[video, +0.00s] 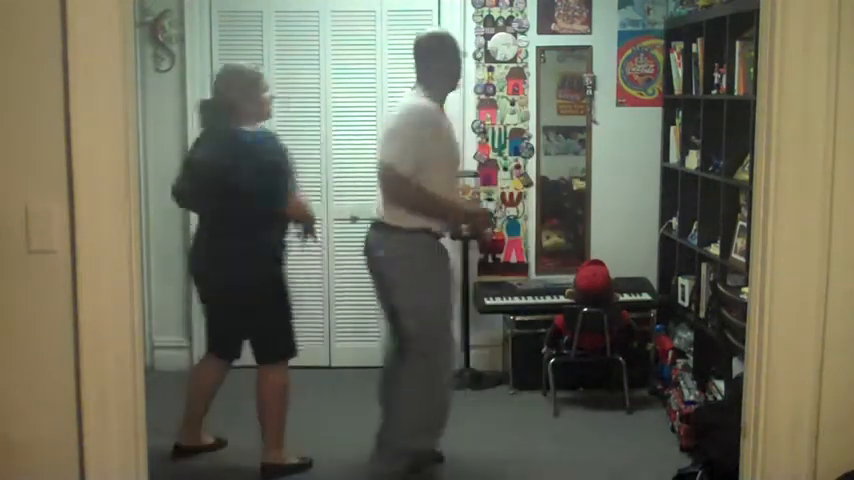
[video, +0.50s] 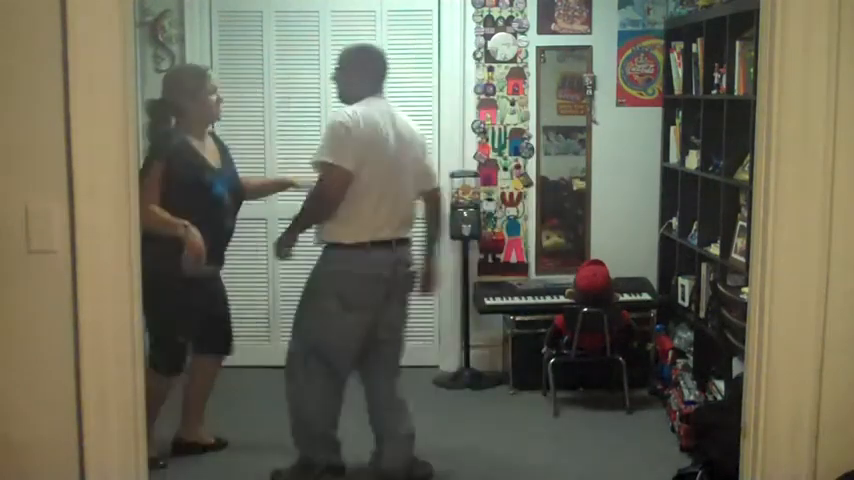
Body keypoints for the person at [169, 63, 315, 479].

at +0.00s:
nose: (270, 96)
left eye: (266, 89)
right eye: (262, 91)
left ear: (226, 100)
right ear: (243, 101)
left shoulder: (205, 144)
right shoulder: (266, 148)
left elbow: (184, 192)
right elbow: (282, 205)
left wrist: (225, 208)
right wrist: (306, 215)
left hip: (209, 259)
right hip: (256, 262)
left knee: (221, 348)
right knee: (273, 357)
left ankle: (190, 436)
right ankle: (274, 455)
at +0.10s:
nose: (256, 99)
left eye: (253, 92)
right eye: (249, 93)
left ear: (215, 100)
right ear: (230, 101)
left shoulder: (201, 143)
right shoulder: (235, 148)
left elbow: (214, 201)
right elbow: (244, 208)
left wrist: (262, 201)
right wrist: (289, 225)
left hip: (192, 256)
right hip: (225, 261)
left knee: (213, 346)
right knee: (264, 351)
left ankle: (190, 436)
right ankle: (264, 451)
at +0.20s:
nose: (245, 98)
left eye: (242, 92)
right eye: (237, 92)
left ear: (213, 99)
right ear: (213, 99)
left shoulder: (214, 142)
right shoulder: (207, 145)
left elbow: (237, 187)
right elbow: (194, 205)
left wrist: (279, 172)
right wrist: (254, 225)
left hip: (196, 258)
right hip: (200, 260)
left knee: (206, 348)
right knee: (256, 342)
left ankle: (188, 435)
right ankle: (211, 429)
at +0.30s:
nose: (233, 97)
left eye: (232, 90)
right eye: (226, 91)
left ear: (210, 97)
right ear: (201, 98)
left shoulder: (216, 138)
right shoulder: (187, 141)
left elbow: (242, 183)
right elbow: (168, 203)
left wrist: (289, 162)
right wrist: (218, 219)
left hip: (204, 257)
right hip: (184, 259)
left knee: (205, 346)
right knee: (228, 349)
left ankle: (181, 425)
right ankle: (174, 421)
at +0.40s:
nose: (226, 96)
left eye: (224, 89)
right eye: (218, 90)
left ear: (205, 98)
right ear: (194, 99)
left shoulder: (217, 140)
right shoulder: (174, 144)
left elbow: (242, 186)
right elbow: (149, 203)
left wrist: (295, 166)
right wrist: (191, 219)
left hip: (206, 263)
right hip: (173, 264)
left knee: (203, 350)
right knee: (188, 353)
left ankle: (189, 435)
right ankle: (141, 437)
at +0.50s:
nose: (220, 98)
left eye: (217, 91)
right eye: (211, 93)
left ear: (201, 101)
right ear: (186, 102)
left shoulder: (214, 144)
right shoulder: (166, 147)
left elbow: (235, 190)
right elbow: (144, 209)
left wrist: (282, 183)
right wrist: (185, 229)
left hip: (204, 267)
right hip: (166, 268)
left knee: (213, 344)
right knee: (168, 356)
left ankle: (191, 433)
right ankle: (142, 440)